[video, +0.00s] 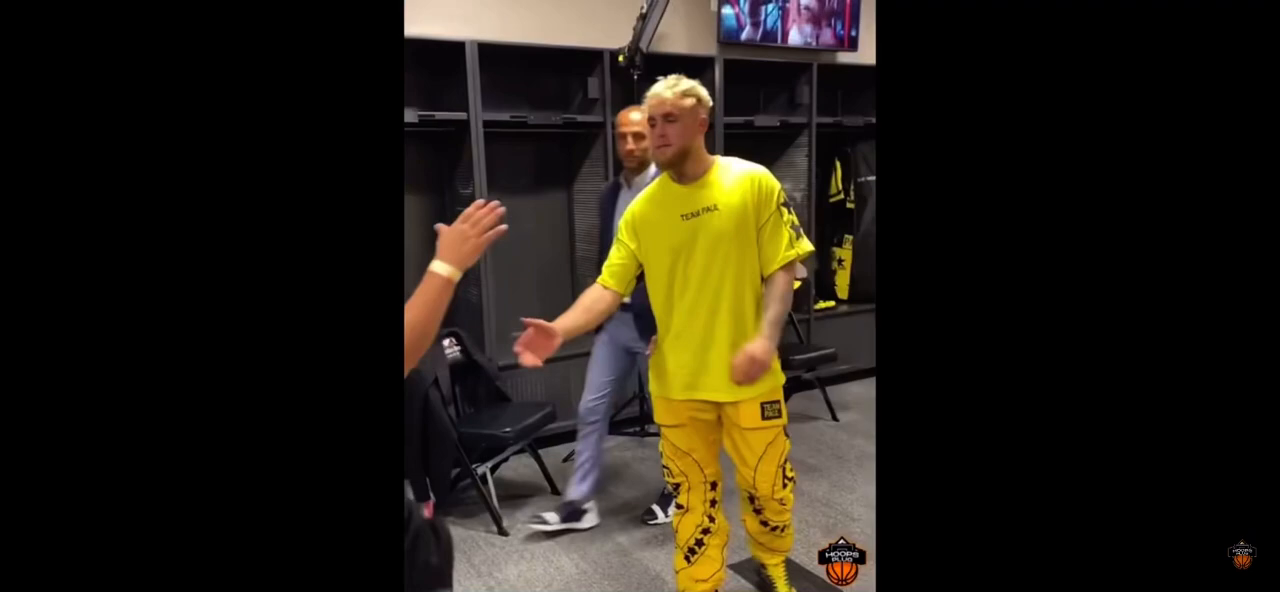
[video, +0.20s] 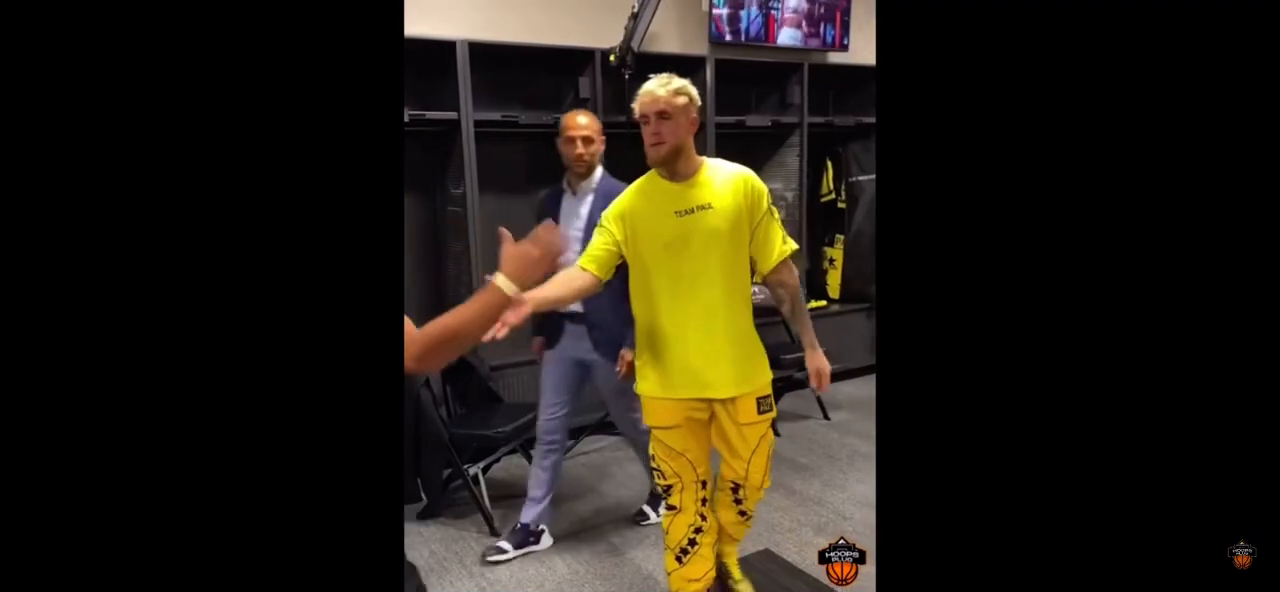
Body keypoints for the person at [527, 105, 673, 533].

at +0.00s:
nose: (629, 145)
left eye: (637, 137)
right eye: (622, 138)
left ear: (654, 139)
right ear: (614, 143)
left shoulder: (671, 189)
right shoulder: (612, 194)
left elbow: (684, 261)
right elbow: (609, 258)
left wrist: (666, 328)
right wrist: (601, 310)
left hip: (663, 322)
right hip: (617, 319)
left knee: (672, 416)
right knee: (592, 408)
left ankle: (678, 491)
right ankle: (579, 501)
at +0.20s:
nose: (580, 149)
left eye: (588, 141)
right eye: (571, 141)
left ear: (603, 145)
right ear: (559, 146)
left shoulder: (625, 199)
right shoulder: (550, 202)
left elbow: (642, 276)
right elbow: (543, 269)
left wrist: (635, 340)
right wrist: (540, 326)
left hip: (611, 334)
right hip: (561, 332)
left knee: (633, 424)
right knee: (549, 430)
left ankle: (664, 485)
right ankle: (531, 525)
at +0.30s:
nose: (549, 143)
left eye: (557, 135)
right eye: (540, 136)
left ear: (573, 139)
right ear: (529, 141)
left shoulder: (601, 196)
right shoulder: (518, 200)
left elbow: (619, 273)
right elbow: (512, 268)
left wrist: (621, 339)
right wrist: (506, 326)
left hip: (583, 335)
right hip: (531, 334)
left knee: (597, 433)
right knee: (534, 437)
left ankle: (644, 480)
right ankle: (527, 526)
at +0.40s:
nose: (520, 138)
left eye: (530, 130)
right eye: (513, 130)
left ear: (548, 137)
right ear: (502, 137)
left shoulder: (578, 194)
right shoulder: (493, 200)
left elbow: (602, 268)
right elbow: (485, 269)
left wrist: (607, 334)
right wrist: (479, 330)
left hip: (558, 333)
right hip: (510, 333)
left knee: (559, 440)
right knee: (524, 438)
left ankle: (613, 473)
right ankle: (524, 526)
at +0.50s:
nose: (499, 135)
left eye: (509, 128)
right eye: (492, 128)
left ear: (527, 135)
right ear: (481, 135)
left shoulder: (557, 191)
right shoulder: (470, 197)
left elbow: (582, 266)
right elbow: (462, 269)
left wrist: (590, 333)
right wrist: (444, 334)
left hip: (540, 327)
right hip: (491, 328)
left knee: (529, 440)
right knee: (509, 439)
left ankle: (568, 500)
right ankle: (520, 527)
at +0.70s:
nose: (467, 139)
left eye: (477, 131)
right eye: (459, 130)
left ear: (495, 137)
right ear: (447, 135)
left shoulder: (525, 196)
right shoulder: (431, 197)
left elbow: (547, 275)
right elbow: (420, 267)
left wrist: (546, 344)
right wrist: (415, 332)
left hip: (506, 336)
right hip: (453, 335)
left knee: (487, 448)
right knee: (489, 439)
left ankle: (456, 564)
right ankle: (518, 522)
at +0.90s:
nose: (444, 143)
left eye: (456, 136)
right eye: (436, 132)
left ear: (473, 143)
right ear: (425, 135)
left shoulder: (498, 207)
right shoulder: (409, 196)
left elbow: (518, 290)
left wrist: (512, 362)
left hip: (469, 351)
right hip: (417, 346)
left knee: (454, 464)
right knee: (457, 445)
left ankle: (433, 573)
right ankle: (515, 518)